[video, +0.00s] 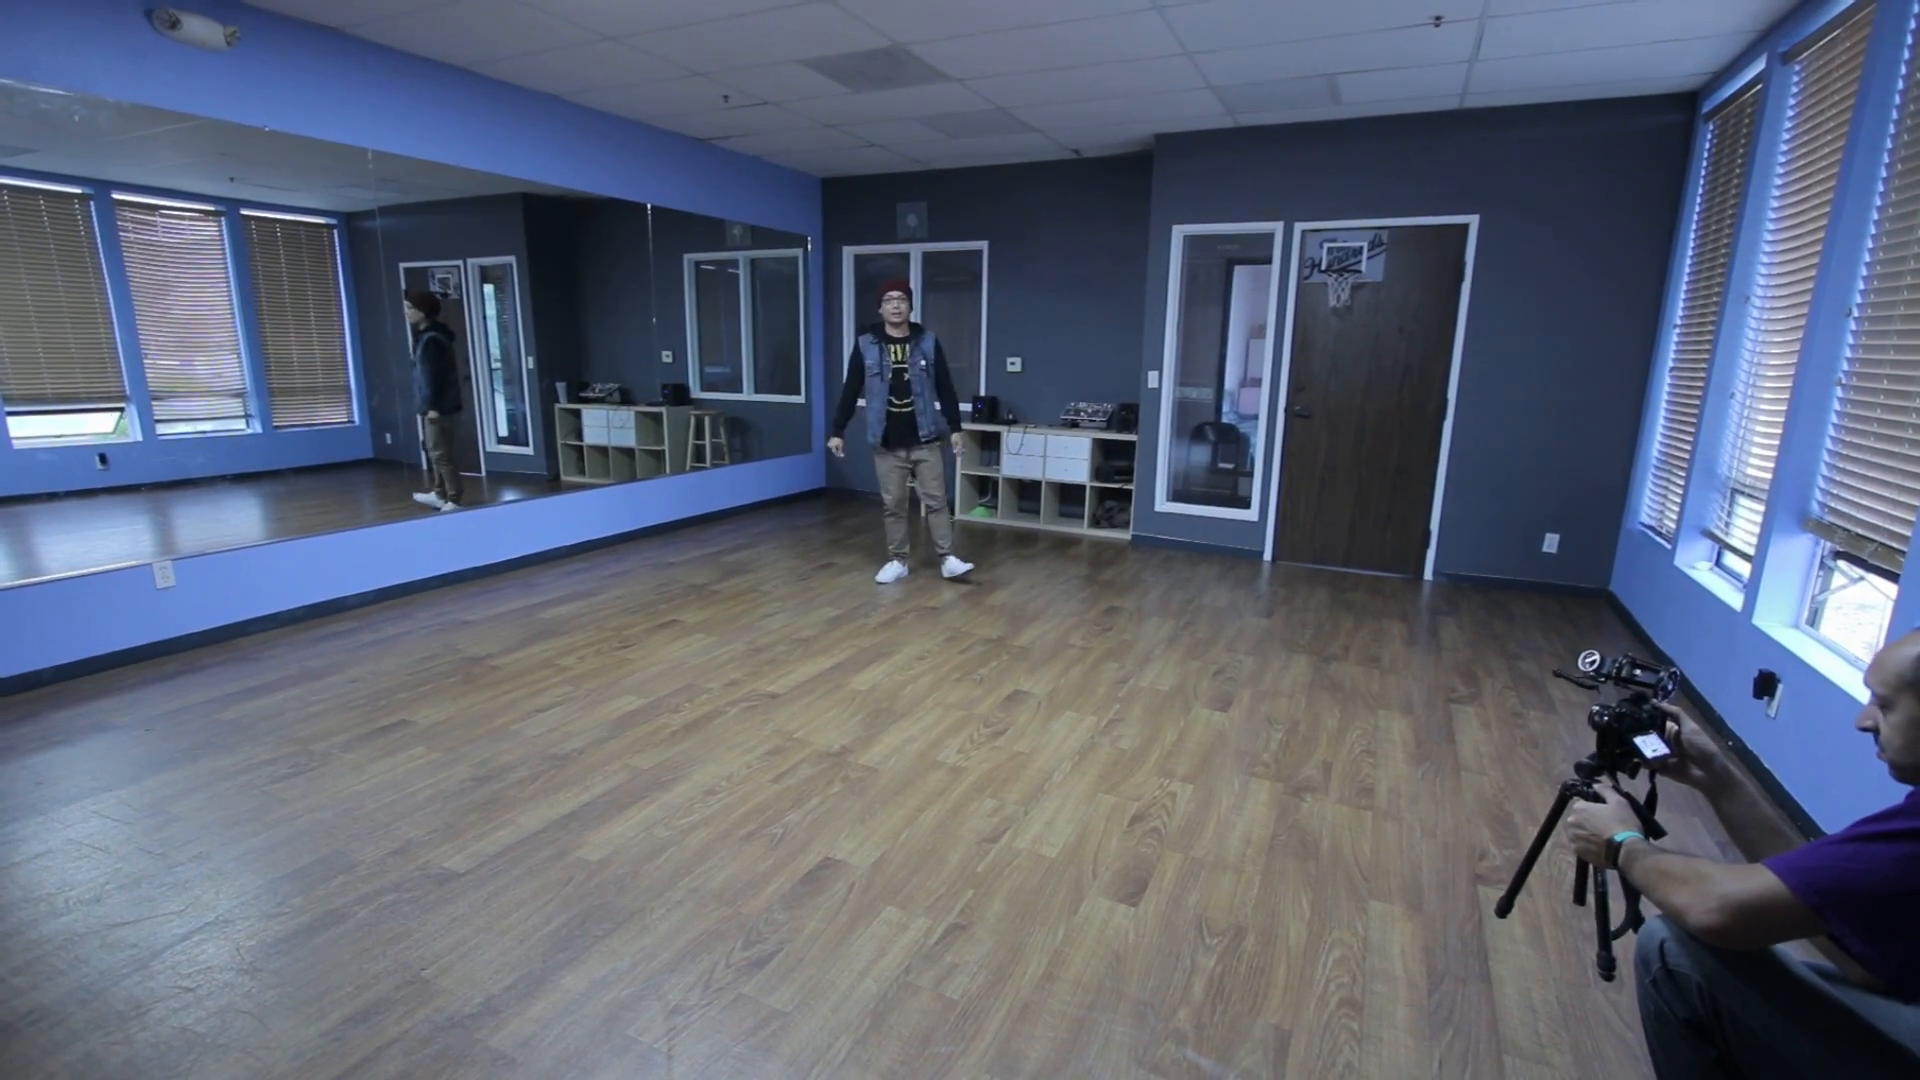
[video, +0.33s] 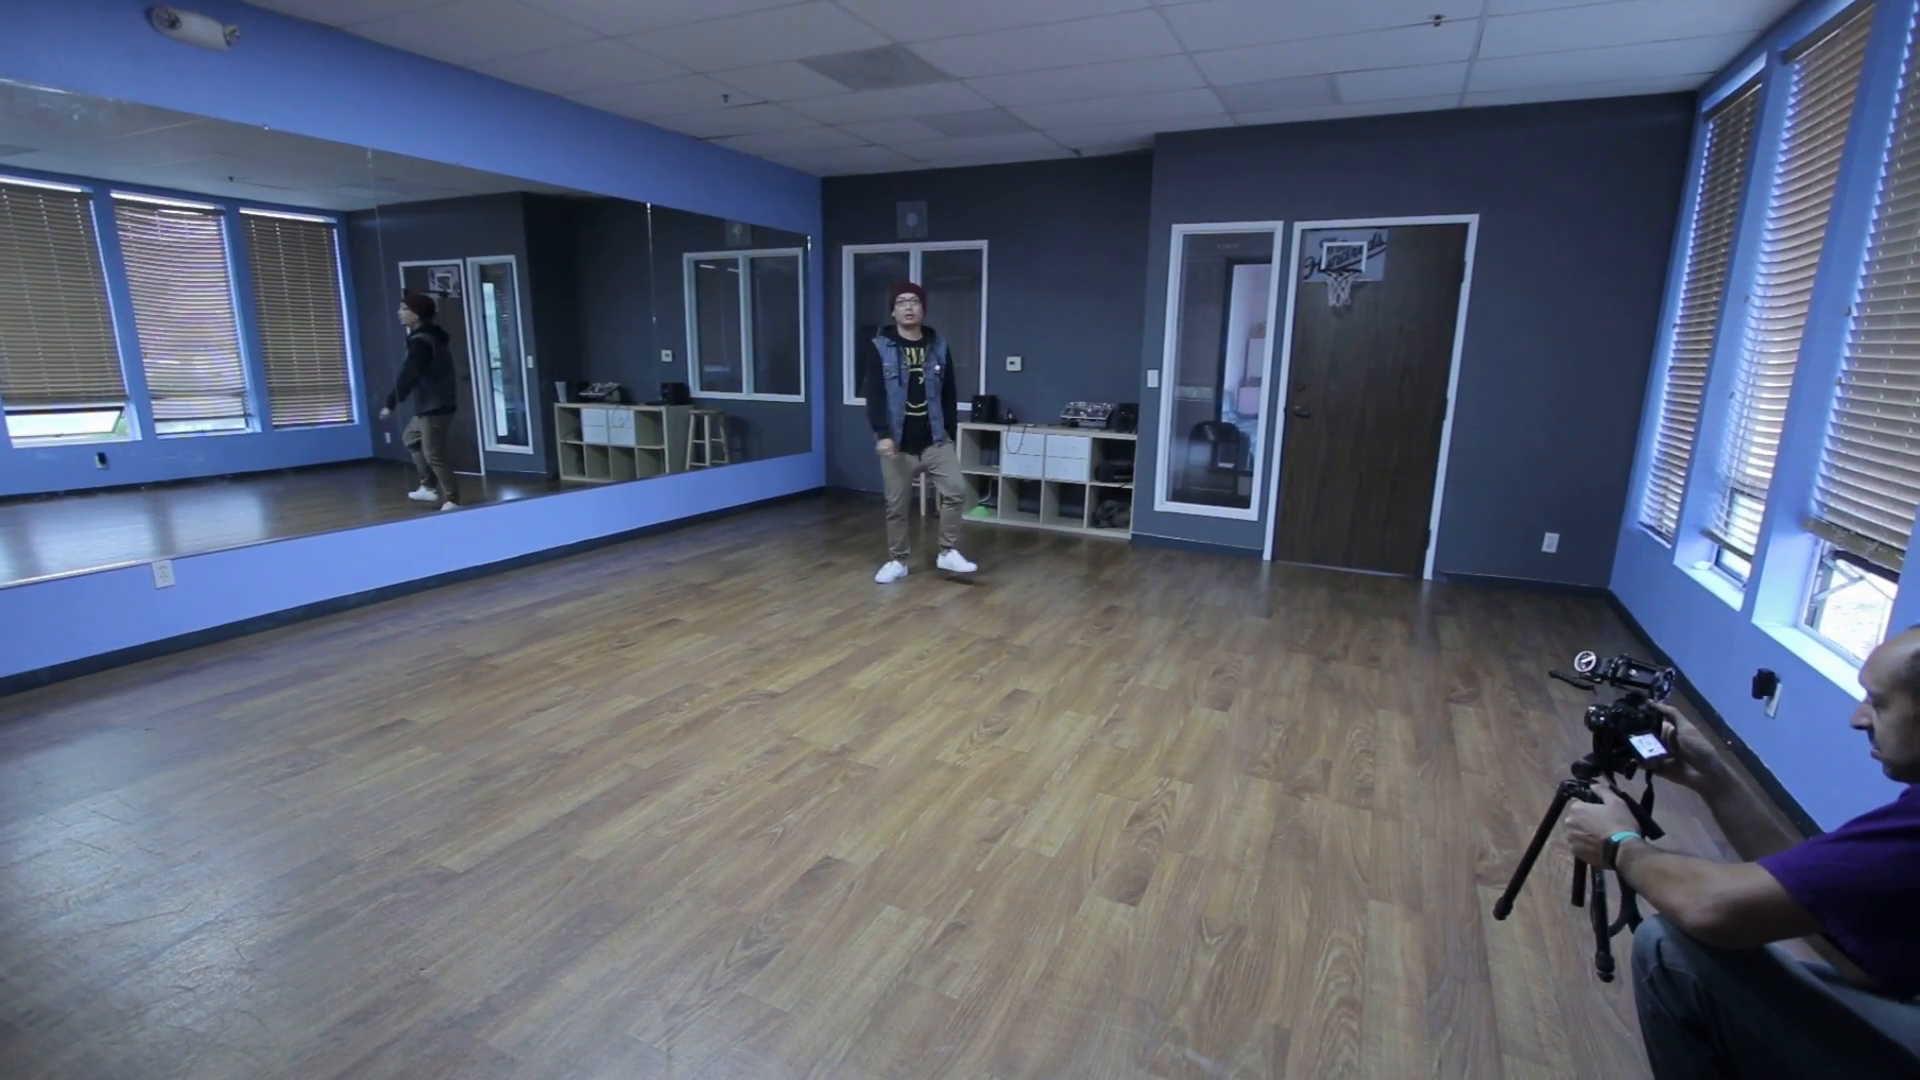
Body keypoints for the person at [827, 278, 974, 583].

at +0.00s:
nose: (895, 306)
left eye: (901, 300)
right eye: (889, 301)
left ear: (910, 306)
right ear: (880, 308)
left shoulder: (927, 342)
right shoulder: (866, 345)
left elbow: (944, 387)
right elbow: (851, 390)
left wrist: (955, 428)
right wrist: (837, 432)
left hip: (926, 438)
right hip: (887, 440)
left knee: (936, 500)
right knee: (893, 504)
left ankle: (947, 558)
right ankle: (898, 561)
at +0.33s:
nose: (909, 308)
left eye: (914, 302)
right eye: (902, 303)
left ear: (923, 309)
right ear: (893, 311)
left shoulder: (938, 345)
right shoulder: (879, 347)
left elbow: (949, 392)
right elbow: (873, 395)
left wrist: (950, 434)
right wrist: (882, 434)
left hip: (935, 438)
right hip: (897, 439)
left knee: (954, 491)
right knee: (896, 504)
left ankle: (947, 553)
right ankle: (898, 561)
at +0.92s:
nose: (966, 318)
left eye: (971, 312)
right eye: (959, 312)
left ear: (976, 318)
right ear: (945, 318)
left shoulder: (988, 359)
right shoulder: (925, 353)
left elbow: (1002, 403)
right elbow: (907, 401)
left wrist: (1012, 442)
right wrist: (896, 444)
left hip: (966, 455)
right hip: (925, 452)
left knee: (964, 517)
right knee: (904, 511)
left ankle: (951, 570)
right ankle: (884, 564)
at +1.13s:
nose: (969, 308)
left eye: (975, 303)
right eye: (963, 303)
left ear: (981, 309)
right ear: (949, 308)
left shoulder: (991, 349)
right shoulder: (927, 342)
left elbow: (1004, 395)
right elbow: (904, 386)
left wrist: (1015, 435)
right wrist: (886, 429)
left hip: (967, 444)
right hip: (928, 441)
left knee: (958, 512)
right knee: (921, 507)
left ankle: (951, 569)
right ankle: (911, 568)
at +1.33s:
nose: (966, 315)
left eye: (972, 309)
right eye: (959, 309)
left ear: (978, 315)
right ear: (946, 314)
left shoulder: (989, 355)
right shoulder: (925, 348)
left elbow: (996, 405)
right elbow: (909, 397)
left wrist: (995, 450)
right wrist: (903, 441)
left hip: (970, 449)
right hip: (932, 446)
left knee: (962, 514)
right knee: (938, 511)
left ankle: (953, 569)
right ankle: (936, 575)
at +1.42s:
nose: (964, 315)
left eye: (969, 309)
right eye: (957, 309)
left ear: (975, 315)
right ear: (943, 314)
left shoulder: (986, 355)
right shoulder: (922, 349)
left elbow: (991, 407)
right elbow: (909, 399)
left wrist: (986, 452)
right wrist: (910, 445)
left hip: (969, 449)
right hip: (932, 446)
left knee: (962, 515)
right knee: (936, 512)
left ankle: (951, 568)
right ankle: (934, 577)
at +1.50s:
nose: (960, 313)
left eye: (966, 308)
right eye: (953, 307)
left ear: (972, 314)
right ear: (939, 313)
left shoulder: (983, 354)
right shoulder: (919, 349)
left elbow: (989, 405)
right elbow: (907, 400)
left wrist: (983, 449)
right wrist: (907, 447)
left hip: (967, 450)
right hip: (930, 447)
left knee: (960, 515)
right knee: (933, 513)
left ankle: (951, 568)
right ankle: (927, 579)